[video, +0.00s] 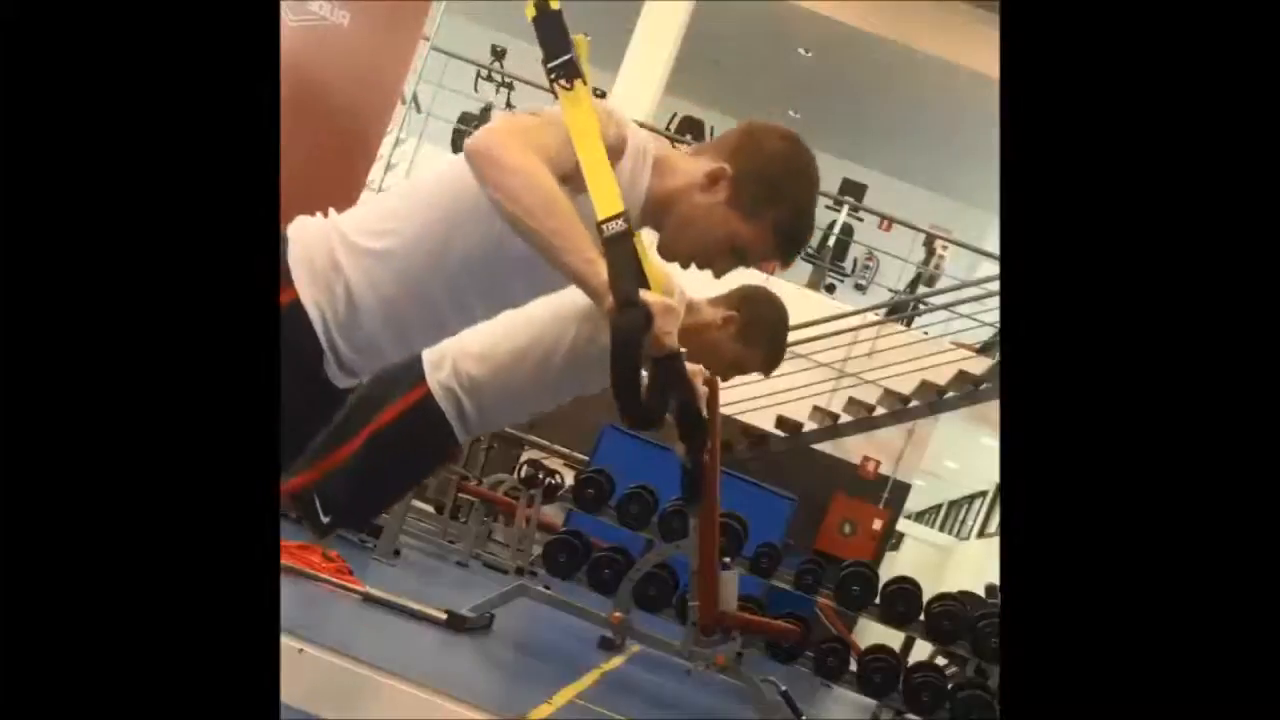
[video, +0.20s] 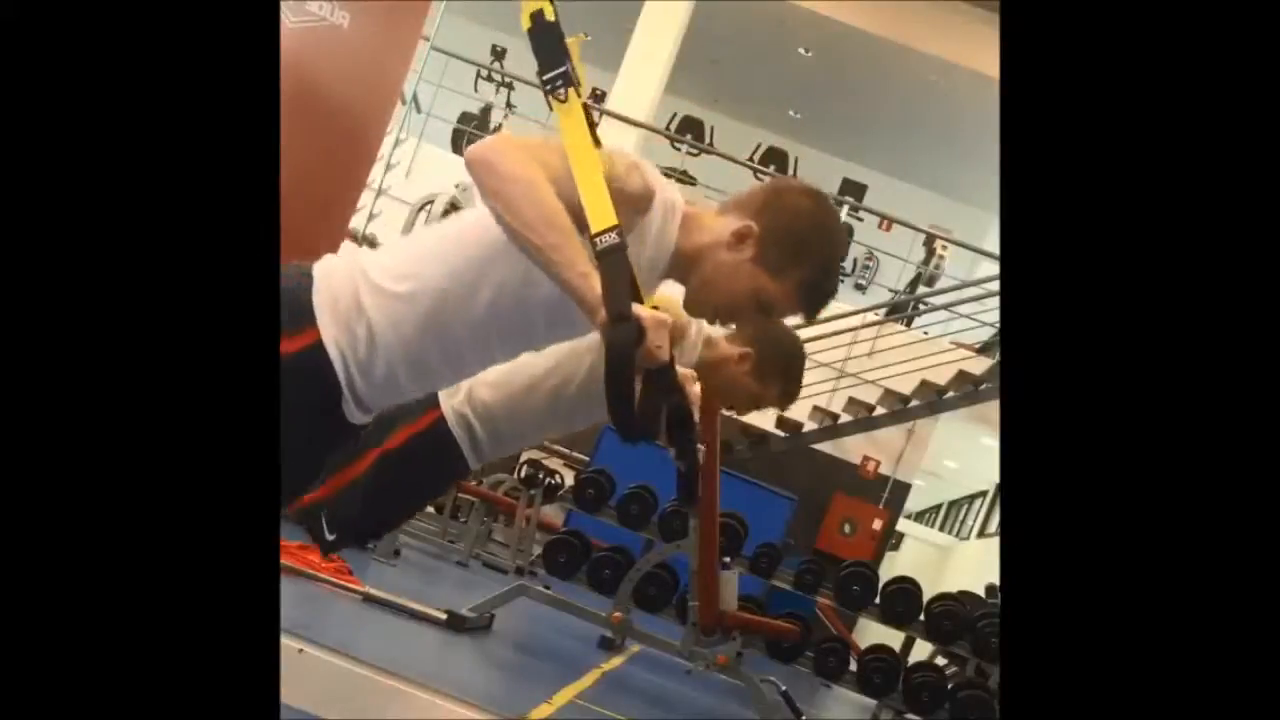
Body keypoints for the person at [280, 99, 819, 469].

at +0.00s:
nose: (719, 271)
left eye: (738, 264)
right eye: (736, 252)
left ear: (718, 177)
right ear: (720, 182)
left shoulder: (640, 242)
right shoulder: (611, 133)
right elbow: (496, 148)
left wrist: (670, 373)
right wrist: (610, 289)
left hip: (339, 371)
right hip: (299, 306)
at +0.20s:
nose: (740, 322)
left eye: (761, 317)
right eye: (758, 304)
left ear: (742, 238)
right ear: (742, 239)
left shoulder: (657, 280)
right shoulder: (634, 187)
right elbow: (497, 158)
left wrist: (658, 388)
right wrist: (612, 308)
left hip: (352, 408)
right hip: (313, 343)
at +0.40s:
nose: (754, 397)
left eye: (775, 396)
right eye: (774, 383)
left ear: (762, 313)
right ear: (764, 316)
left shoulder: (674, 344)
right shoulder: (660, 254)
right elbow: (514, 177)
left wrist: (659, 403)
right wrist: (627, 317)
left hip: (362, 444)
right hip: (329, 390)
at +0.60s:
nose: (754, 460)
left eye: (777, 459)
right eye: (775, 439)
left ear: (776, 363)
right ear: (775, 363)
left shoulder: (693, 411)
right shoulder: (672, 290)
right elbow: (529, 178)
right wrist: (615, 296)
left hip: (370, 468)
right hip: (340, 419)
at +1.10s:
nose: (744, 392)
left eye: (766, 391)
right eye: (763, 377)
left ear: (756, 305)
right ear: (758, 308)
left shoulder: (668, 350)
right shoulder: (658, 246)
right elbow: (522, 163)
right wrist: (625, 308)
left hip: (352, 433)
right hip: (320, 374)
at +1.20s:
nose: (731, 354)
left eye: (752, 354)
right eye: (750, 338)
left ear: (748, 258)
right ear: (748, 263)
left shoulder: (660, 305)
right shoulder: (647, 211)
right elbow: (511, 152)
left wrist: (666, 393)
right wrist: (612, 307)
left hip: (349, 414)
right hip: (311, 345)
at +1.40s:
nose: (721, 278)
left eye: (741, 274)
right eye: (738, 261)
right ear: (729, 191)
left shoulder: (633, 233)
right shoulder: (615, 140)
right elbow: (500, 139)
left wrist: (656, 372)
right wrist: (597, 289)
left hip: (345, 361)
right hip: (307, 300)